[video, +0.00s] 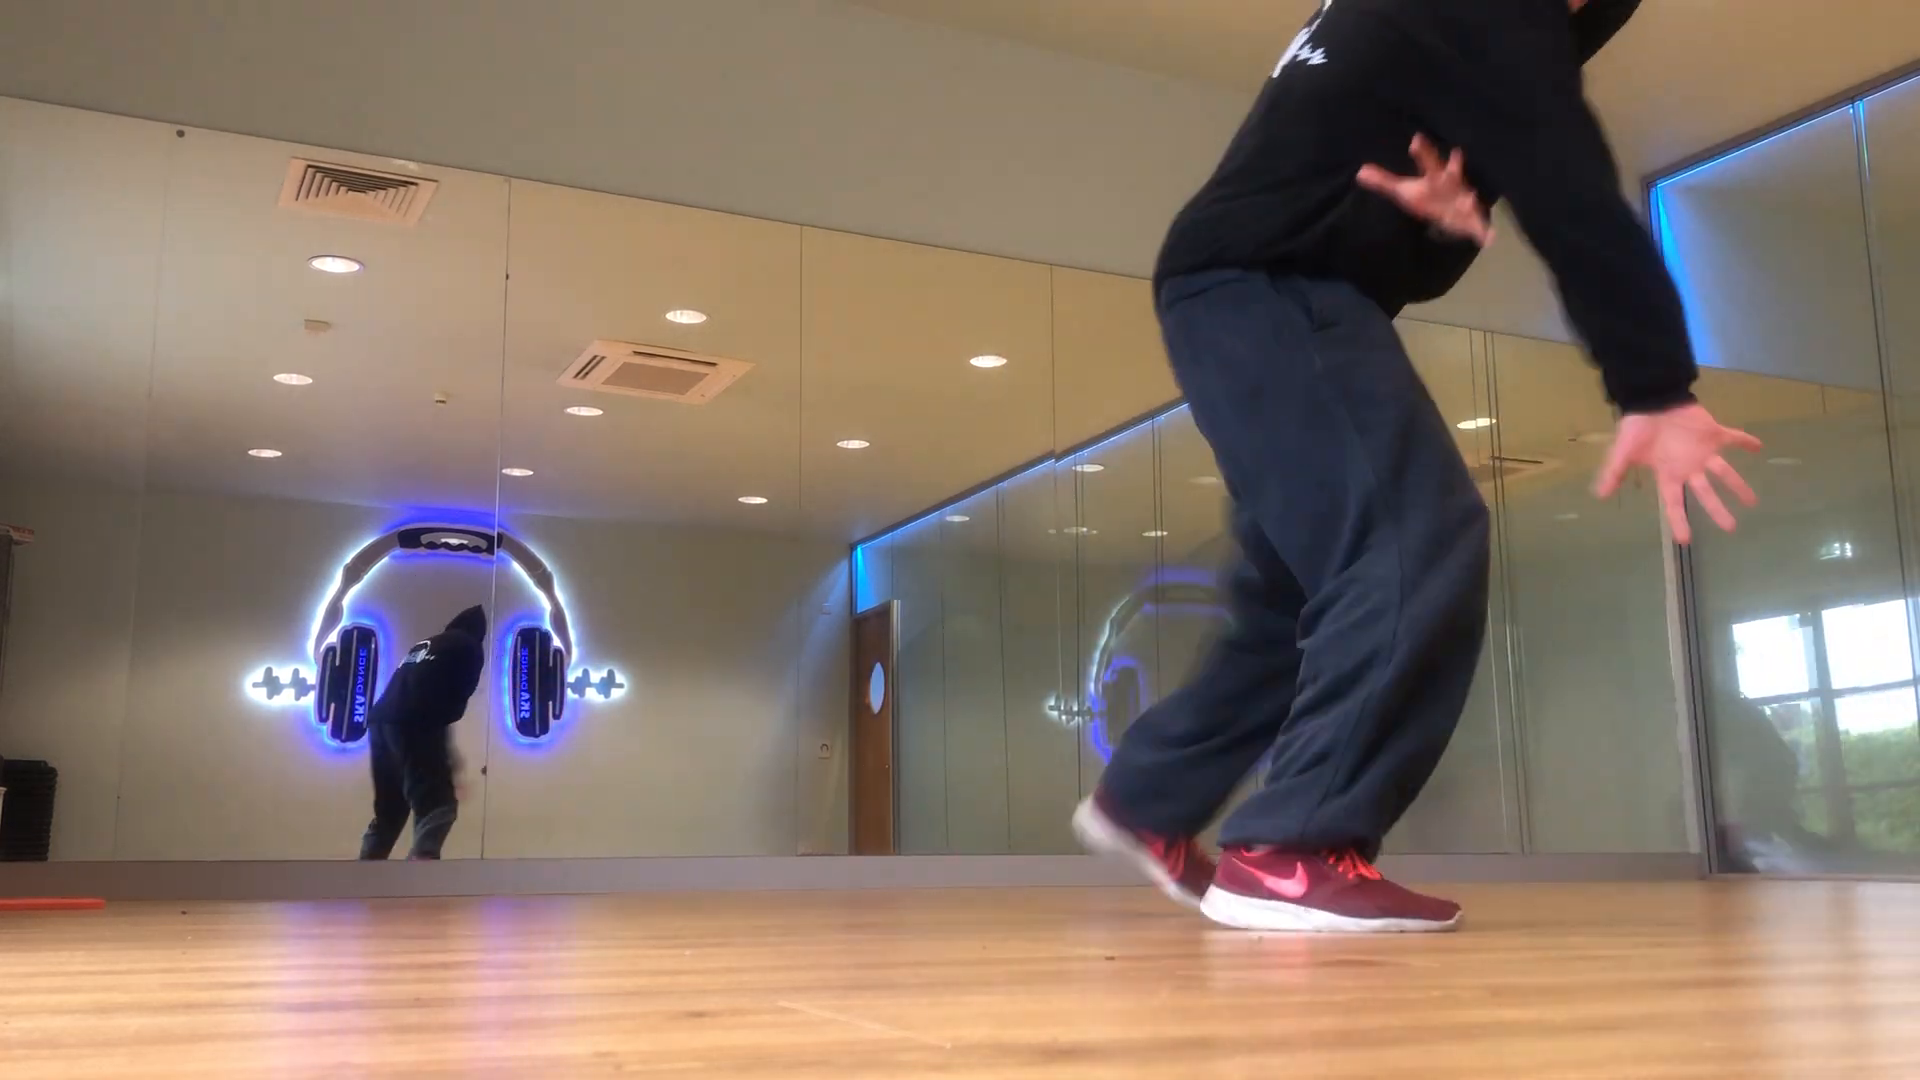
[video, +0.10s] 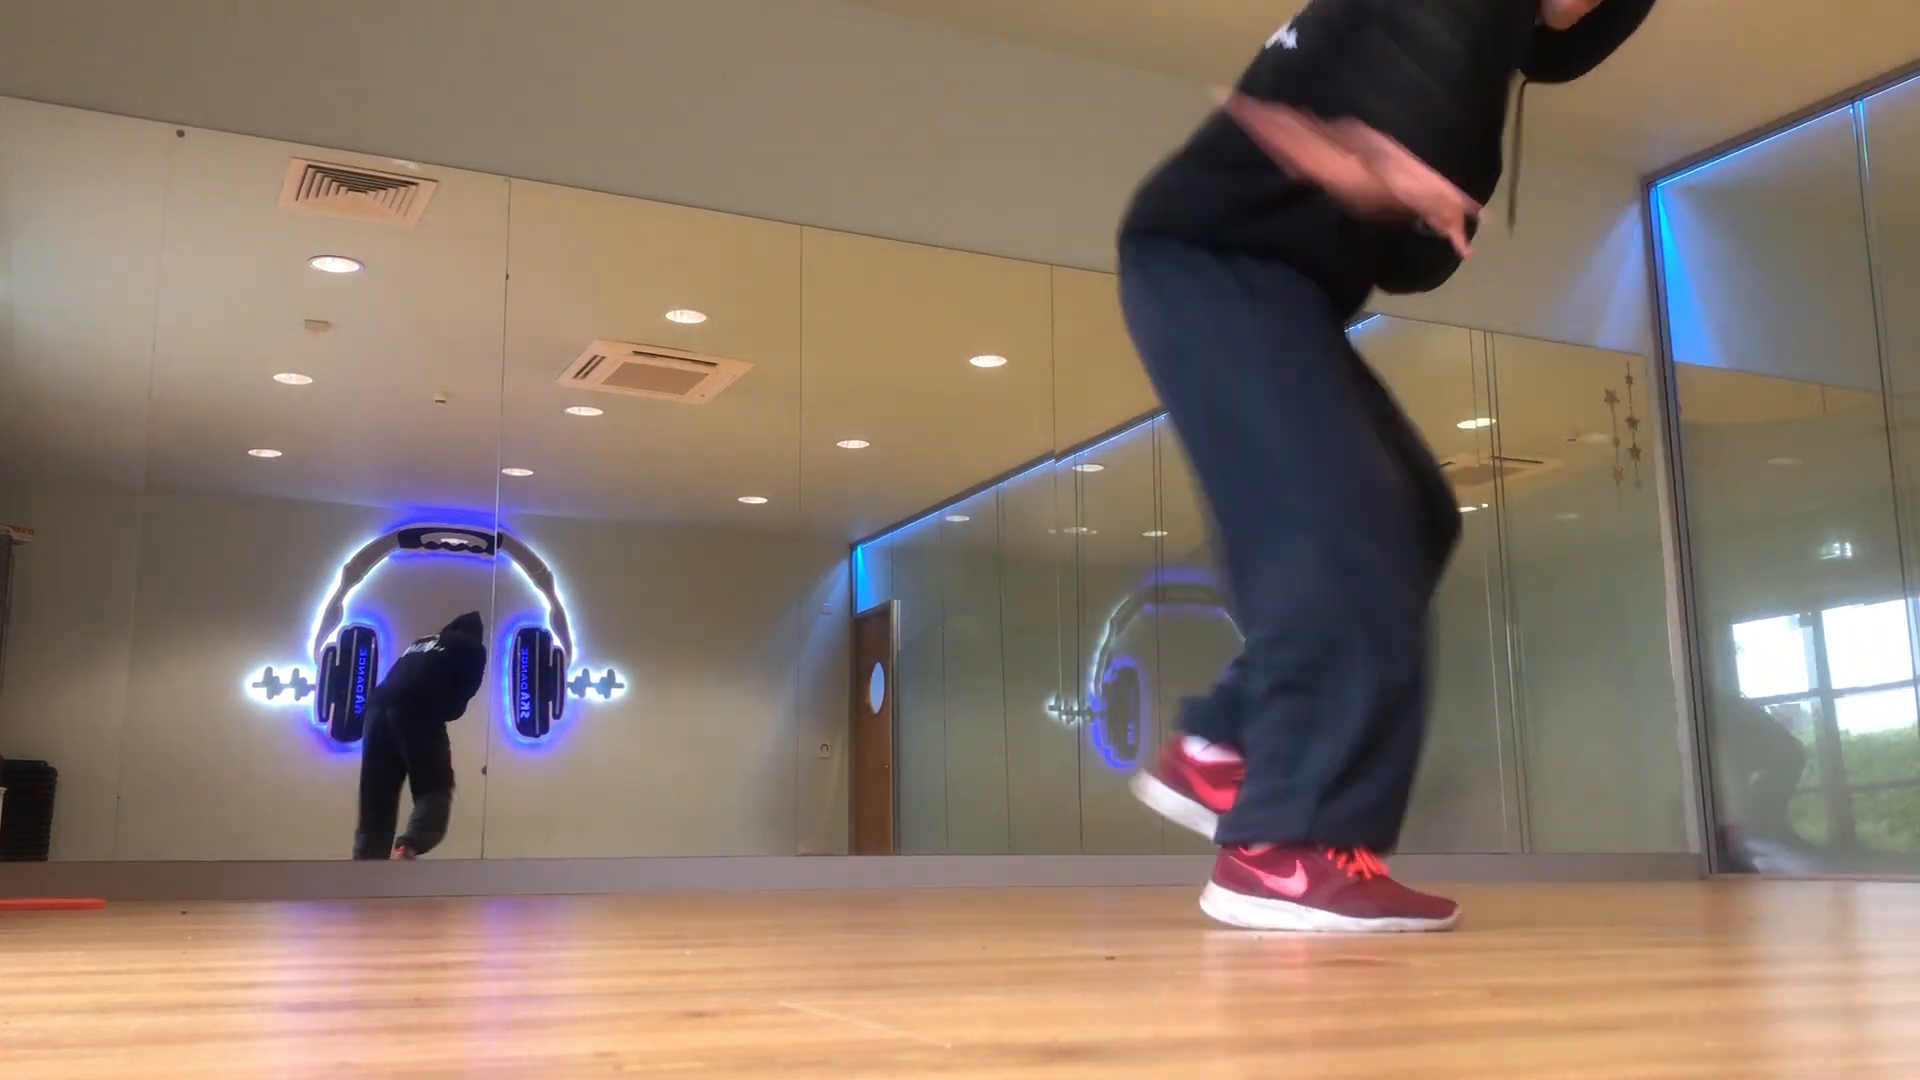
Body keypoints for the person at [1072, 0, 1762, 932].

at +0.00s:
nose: (1599, 16)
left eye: (1597, 15)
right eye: (1601, 10)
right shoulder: (1499, 17)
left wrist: (1452, 216)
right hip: (1274, 284)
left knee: (1310, 579)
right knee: (1418, 535)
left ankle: (1147, 797)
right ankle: (1292, 843)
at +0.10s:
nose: (1580, 7)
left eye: (1588, 10)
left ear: (1571, 18)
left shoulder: (1488, 39)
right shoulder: (1410, 12)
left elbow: (1564, 53)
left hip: (1281, 279)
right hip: (1216, 258)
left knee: (1414, 517)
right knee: (1351, 531)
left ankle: (1223, 747)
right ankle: (1283, 846)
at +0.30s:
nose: (1537, 9)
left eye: (1548, 12)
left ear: (1534, 18)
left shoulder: (1499, 72)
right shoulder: (1295, 1)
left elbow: (1459, 217)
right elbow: (1074, 23)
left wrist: (1455, 62)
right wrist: (1064, 5)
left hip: (1328, 346)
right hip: (1202, 293)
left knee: (1387, 527)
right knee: (1123, 524)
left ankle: (1255, 837)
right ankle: (869, 747)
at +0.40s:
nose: (1310, 16)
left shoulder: (1451, 23)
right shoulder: (1223, 10)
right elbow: (1151, 45)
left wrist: (1354, 43)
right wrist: (1172, 180)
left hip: (1324, 326)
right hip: (1188, 293)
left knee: (1345, 544)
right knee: (1114, 515)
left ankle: (1260, 836)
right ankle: (938, 738)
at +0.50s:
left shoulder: (1458, 46)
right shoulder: (1229, 10)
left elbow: (1358, 163)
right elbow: (1171, 126)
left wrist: (1221, 49)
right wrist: (1166, 38)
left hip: (1312, 315)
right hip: (1161, 289)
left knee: (1302, 517)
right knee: (1101, 530)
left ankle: (1256, 813)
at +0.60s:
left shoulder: (1395, 70)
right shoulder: (1207, 52)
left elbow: (1257, 191)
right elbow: (1183, 178)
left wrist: (1134, 101)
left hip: (1328, 371)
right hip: (1187, 368)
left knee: (1303, 543)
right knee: (1144, 583)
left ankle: (1307, 740)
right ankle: (1154, 846)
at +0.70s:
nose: (1206, 3)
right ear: (1179, 18)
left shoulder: (1342, 73)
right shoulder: (1201, 106)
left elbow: (1214, 211)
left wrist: (1106, 196)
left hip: (1371, 406)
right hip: (1239, 409)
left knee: (1390, 640)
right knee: (1165, 609)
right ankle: (1161, 851)